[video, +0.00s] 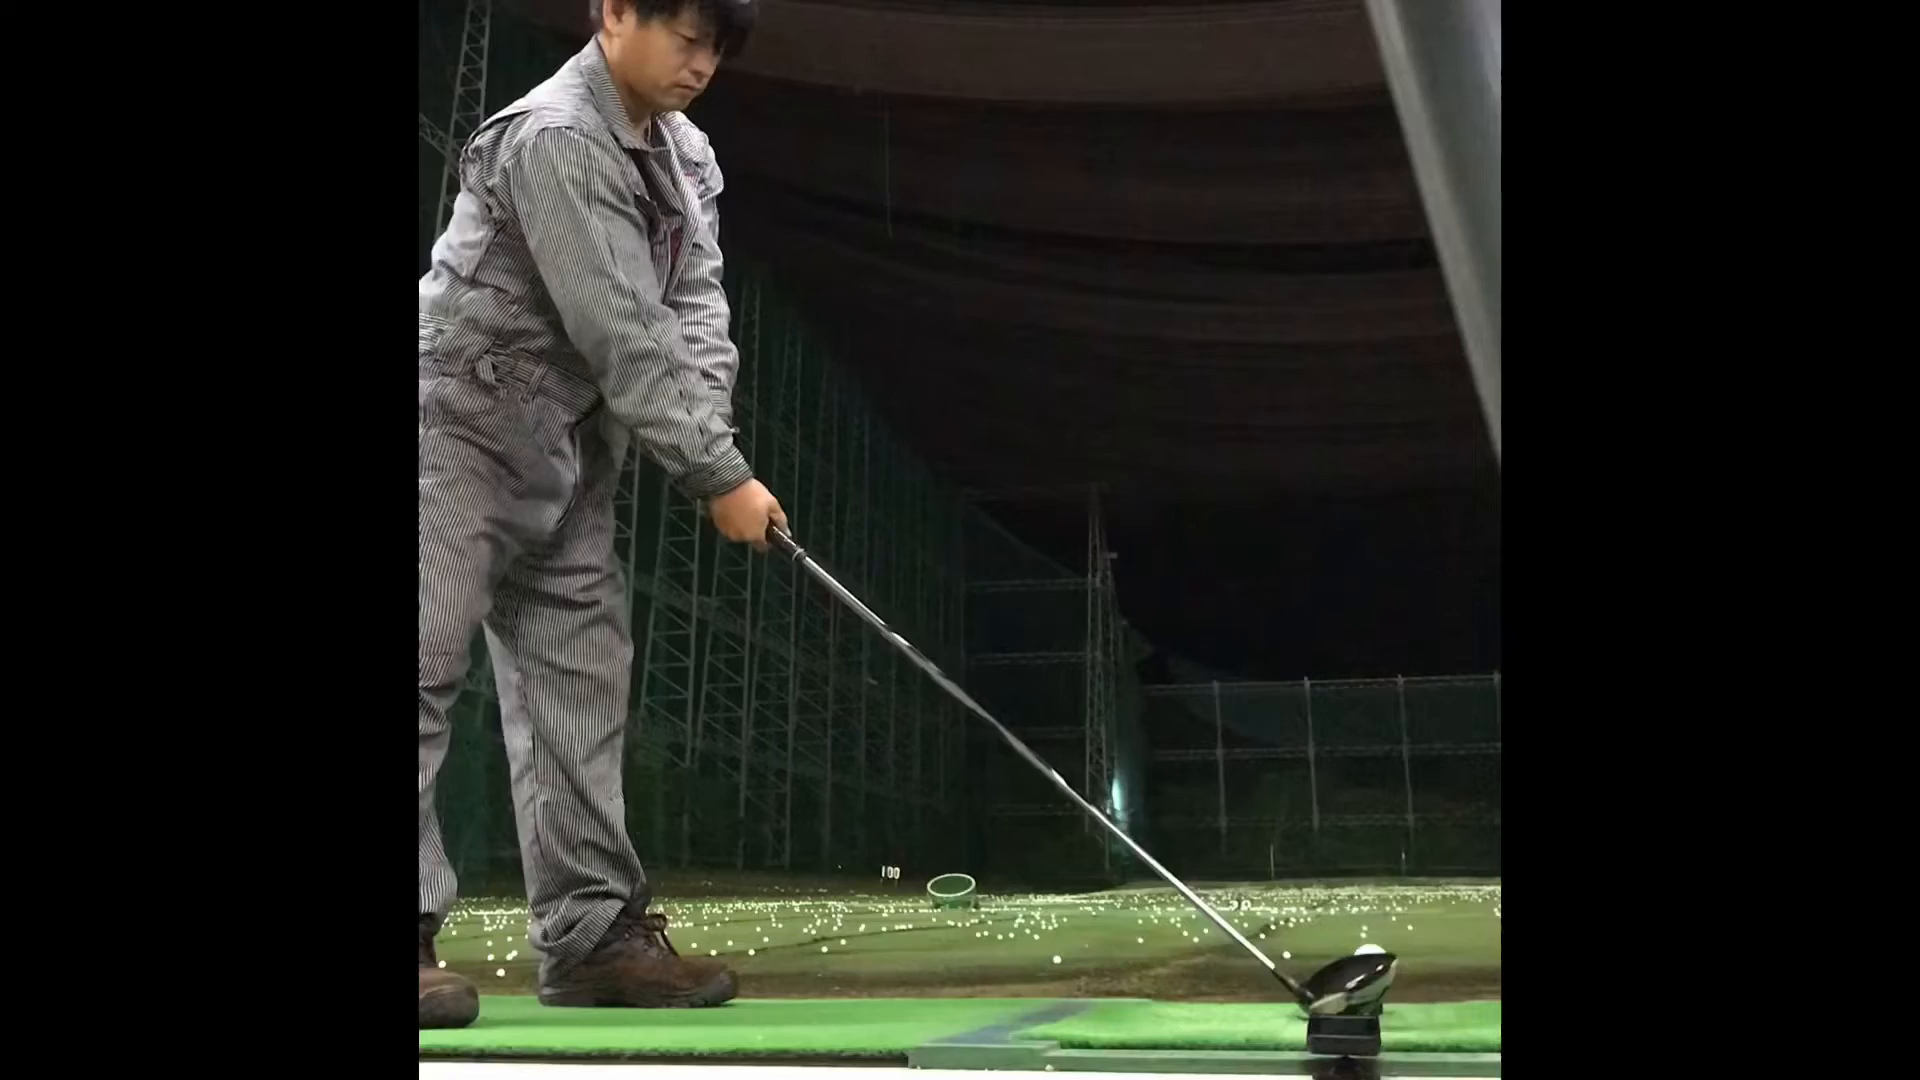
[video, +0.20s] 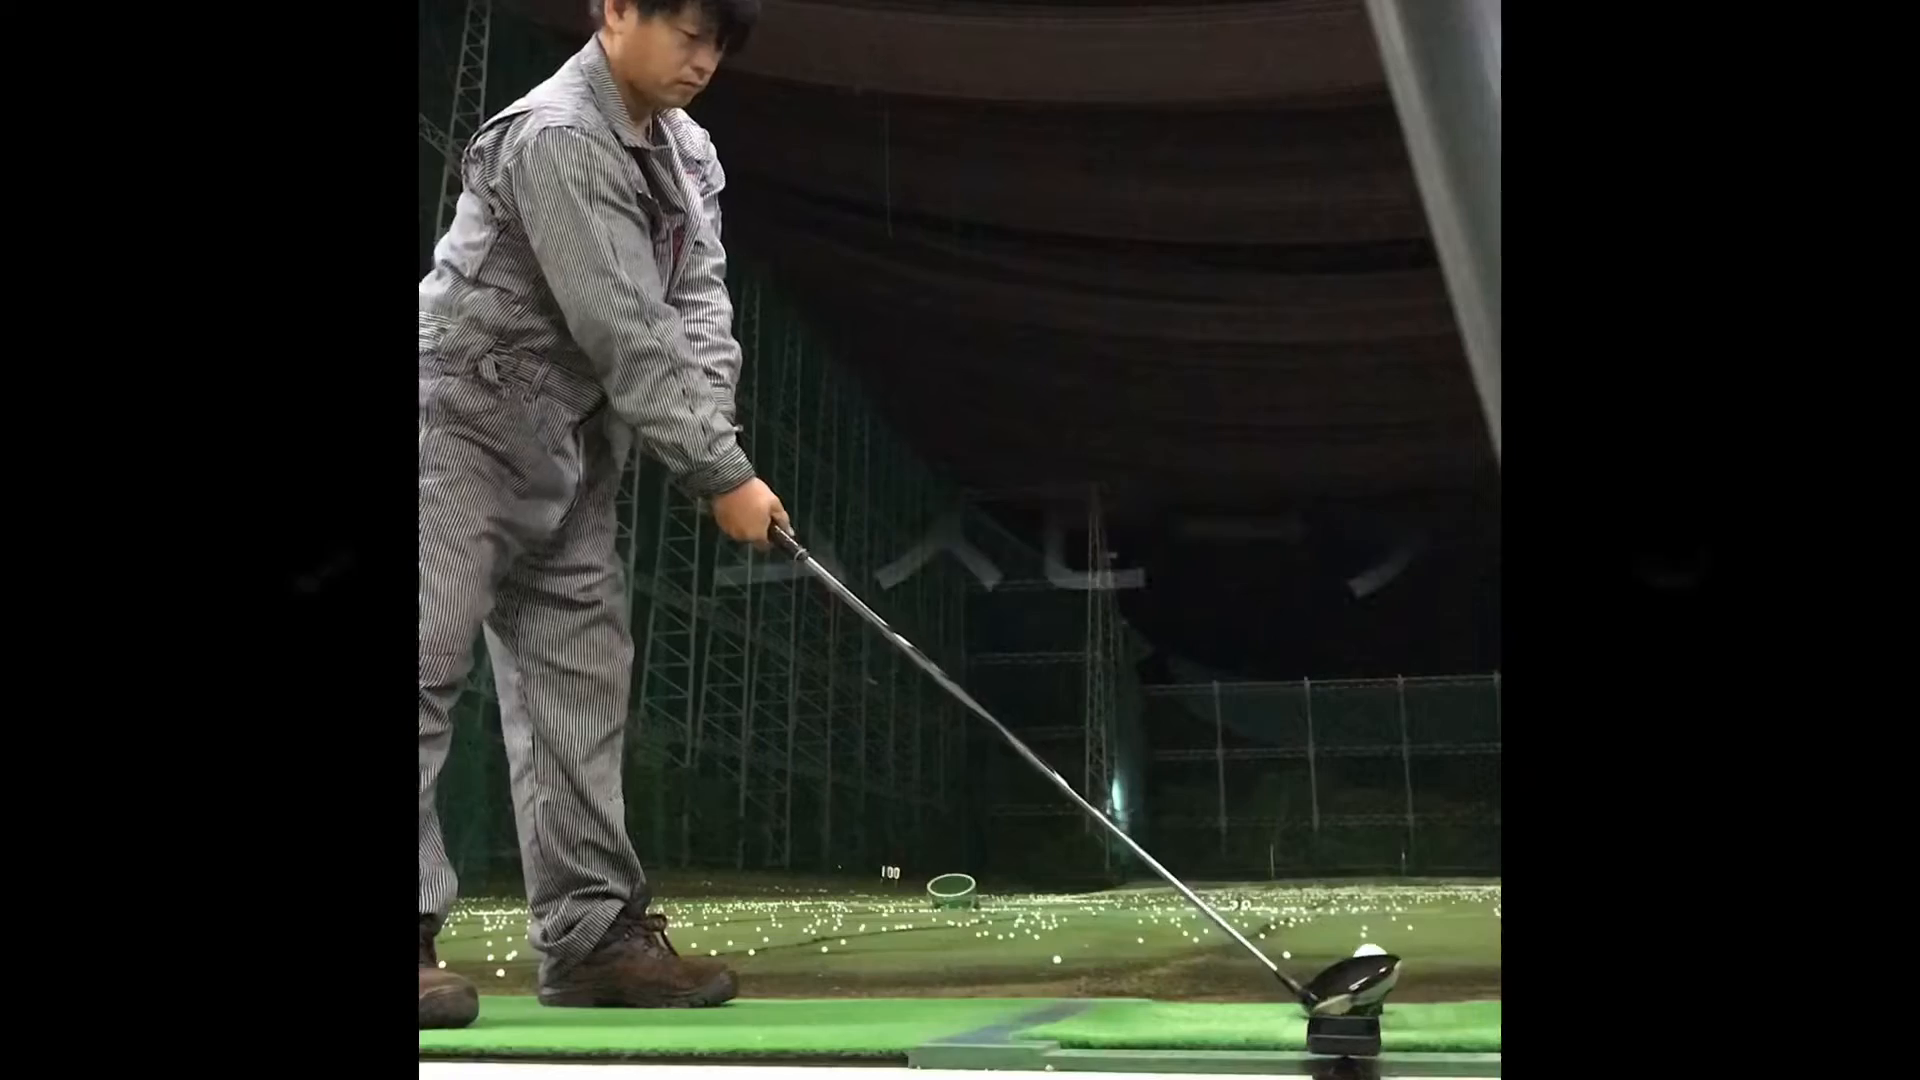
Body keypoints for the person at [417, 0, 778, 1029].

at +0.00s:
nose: (704, 64)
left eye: (717, 45)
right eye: (685, 37)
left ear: (725, 50)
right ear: (615, 19)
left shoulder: (688, 152)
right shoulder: (555, 137)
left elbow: (702, 309)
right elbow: (618, 330)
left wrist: (701, 439)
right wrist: (720, 477)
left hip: (570, 450)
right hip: (458, 427)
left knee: (576, 680)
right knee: (431, 675)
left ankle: (590, 938)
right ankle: (416, 946)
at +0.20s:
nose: (705, 61)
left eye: (719, 42)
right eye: (688, 34)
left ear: (725, 49)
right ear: (616, 18)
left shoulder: (689, 149)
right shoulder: (554, 136)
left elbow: (705, 309)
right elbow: (619, 327)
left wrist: (704, 444)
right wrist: (723, 478)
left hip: (571, 452)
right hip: (460, 429)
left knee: (576, 680)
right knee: (431, 673)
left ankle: (589, 938)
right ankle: (416, 946)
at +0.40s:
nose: (698, 47)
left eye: (709, 29)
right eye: (677, 21)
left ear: (710, 36)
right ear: (603, 10)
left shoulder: (683, 136)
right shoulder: (548, 130)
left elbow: (700, 300)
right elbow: (616, 321)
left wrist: (704, 438)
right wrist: (721, 469)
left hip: (582, 451)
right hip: (463, 436)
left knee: (576, 687)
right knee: (434, 682)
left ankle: (590, 939)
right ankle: (417, 945)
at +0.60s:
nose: (692, 32)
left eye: (701, 15)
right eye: (671, 10)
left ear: (698, 26)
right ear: (597, 7)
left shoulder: (674, 129)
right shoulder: (547, 124)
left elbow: (692, 295)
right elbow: (612, 318)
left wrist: (689, 423)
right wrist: (715, 468)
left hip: (575, 443)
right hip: (462, 429)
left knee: (572, 684)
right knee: (435, 679)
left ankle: (590, 939)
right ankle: (418, 947)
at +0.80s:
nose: (699, 37)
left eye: (709, 20)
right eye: (678, 14)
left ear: (712, 29)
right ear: (607, 9)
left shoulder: (683, 133)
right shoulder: (552, 123)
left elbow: (695, 294)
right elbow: (614, 322)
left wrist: (684, 418)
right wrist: (715, 470)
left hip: (576, 434)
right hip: (457, 418)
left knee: (572, 680)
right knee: (435, 669)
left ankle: (589, 940)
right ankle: (415, 946)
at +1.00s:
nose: (708, 45)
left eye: (721, 26)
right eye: (687, 19)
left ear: (727, 32)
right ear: (617, 9)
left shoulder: (692, 136)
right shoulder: (561, 124)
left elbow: (692, 302)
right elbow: (601, 331)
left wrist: (673, 424)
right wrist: (710, 469)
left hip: (576, 435)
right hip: (463, 416)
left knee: (574, 679)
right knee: (437, 670)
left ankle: (591, 940)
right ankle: (417, 945)